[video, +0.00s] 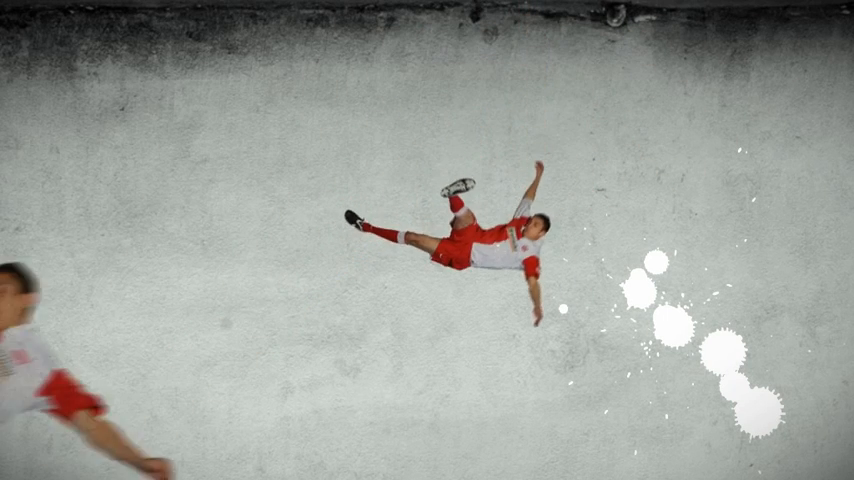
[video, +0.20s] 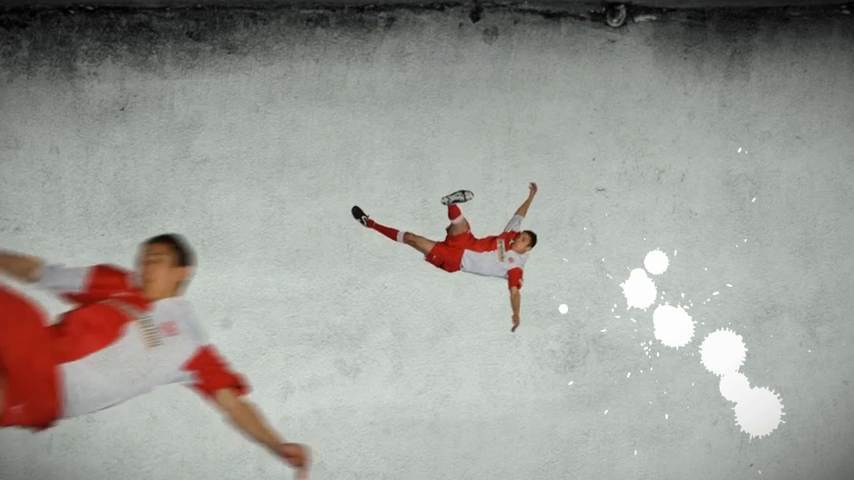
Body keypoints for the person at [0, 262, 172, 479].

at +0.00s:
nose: (0, 299)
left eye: (5, 292)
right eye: (1, 292)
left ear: (27, 299)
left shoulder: (24, 347)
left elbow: (84, 417)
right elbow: (84, 418)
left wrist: (140, 461)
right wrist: (141, 462)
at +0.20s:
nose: (144, 269)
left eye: (156, 263)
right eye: (142, 261)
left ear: (183, 274)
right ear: (136, 264)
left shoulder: (191, 347)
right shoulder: (116, 285)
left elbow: (233, 403)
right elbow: (38, 272)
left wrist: (276, 446)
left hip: (39, 397)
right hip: (31, 340)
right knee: (5, 296)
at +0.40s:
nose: (299, 240)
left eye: (312, 234)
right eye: (300, 230)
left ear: (337, 247)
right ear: (299, 233)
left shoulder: (340, 319)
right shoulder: (270, 249)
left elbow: (376, 380)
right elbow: (196, 231)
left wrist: (416, 430)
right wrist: (132, 199)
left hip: (192, 355)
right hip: (184, 299)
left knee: (110, 339)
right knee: (112, 231)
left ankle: (1, 314)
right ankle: (6, 230)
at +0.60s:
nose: (457, 211)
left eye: (470, 206)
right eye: (458, 202)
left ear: (500, 222)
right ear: (456, 206)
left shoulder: (490, 296)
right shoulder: (429, 214)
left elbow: (522, 359)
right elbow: (357, 187)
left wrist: (554, 408)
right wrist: (296, 148)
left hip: (333, 311)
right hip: (334, 252)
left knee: (249, 281)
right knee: (267, 175)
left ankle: (126, 240)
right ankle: (153, 167)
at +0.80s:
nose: (619, 173)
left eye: (633, 173)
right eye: (622, 164)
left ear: (651, 195)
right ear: (617, 168)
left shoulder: (635, 260)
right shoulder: (584, 174)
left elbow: (662, 331)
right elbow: (514, 142)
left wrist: (691, 384)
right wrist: (464, 100)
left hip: (483, 264)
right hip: (490, 205)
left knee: (400, 227)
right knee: (427, 124)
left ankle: (283, 172)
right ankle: (315, 102)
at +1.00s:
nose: (732, 175)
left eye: (746, 174)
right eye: (735, 167)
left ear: (764, 194)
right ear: (729, 172)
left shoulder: (744, 264)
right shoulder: (698, 174)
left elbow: (759, 335)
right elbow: (636, 134)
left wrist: (782, 390)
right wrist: (586, 83)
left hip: (588, 247)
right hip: (606, 187)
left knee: (507, 201)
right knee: (553, 107)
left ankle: (400, 136)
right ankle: (444, 72)